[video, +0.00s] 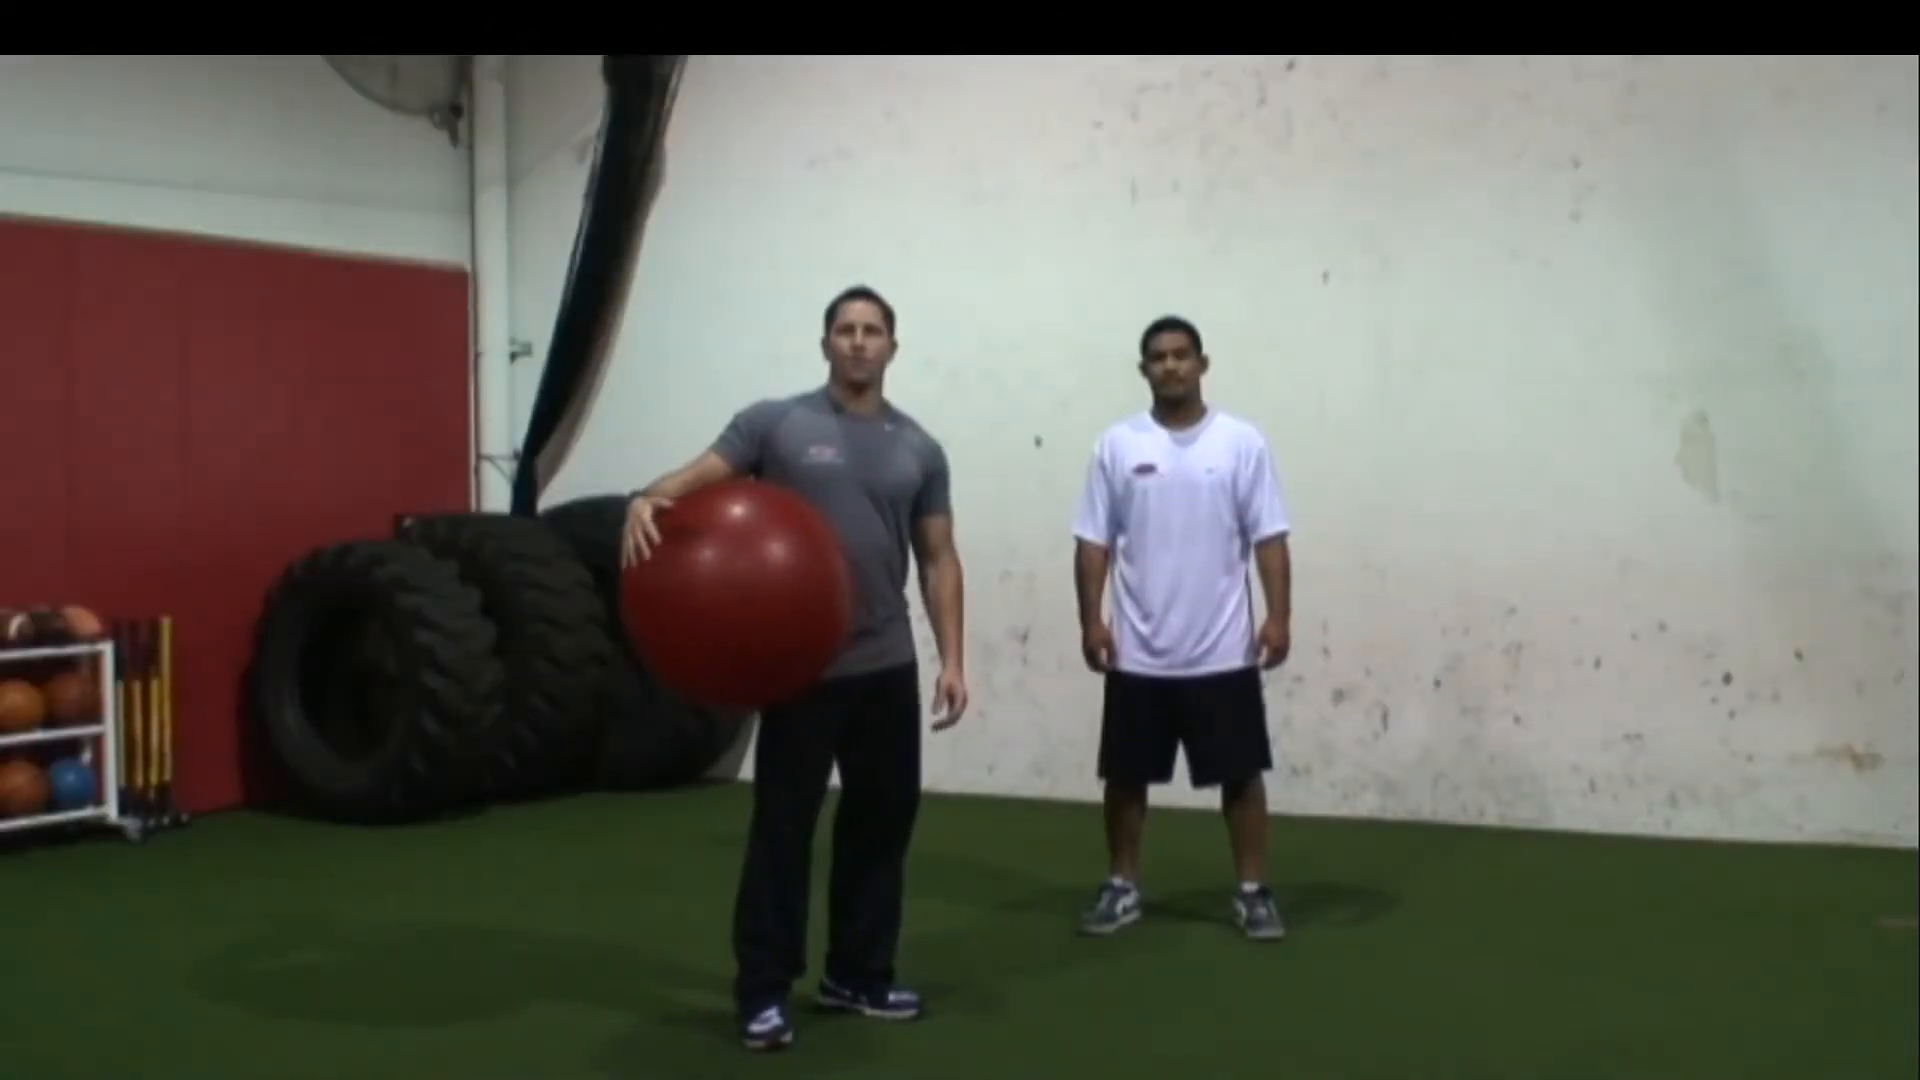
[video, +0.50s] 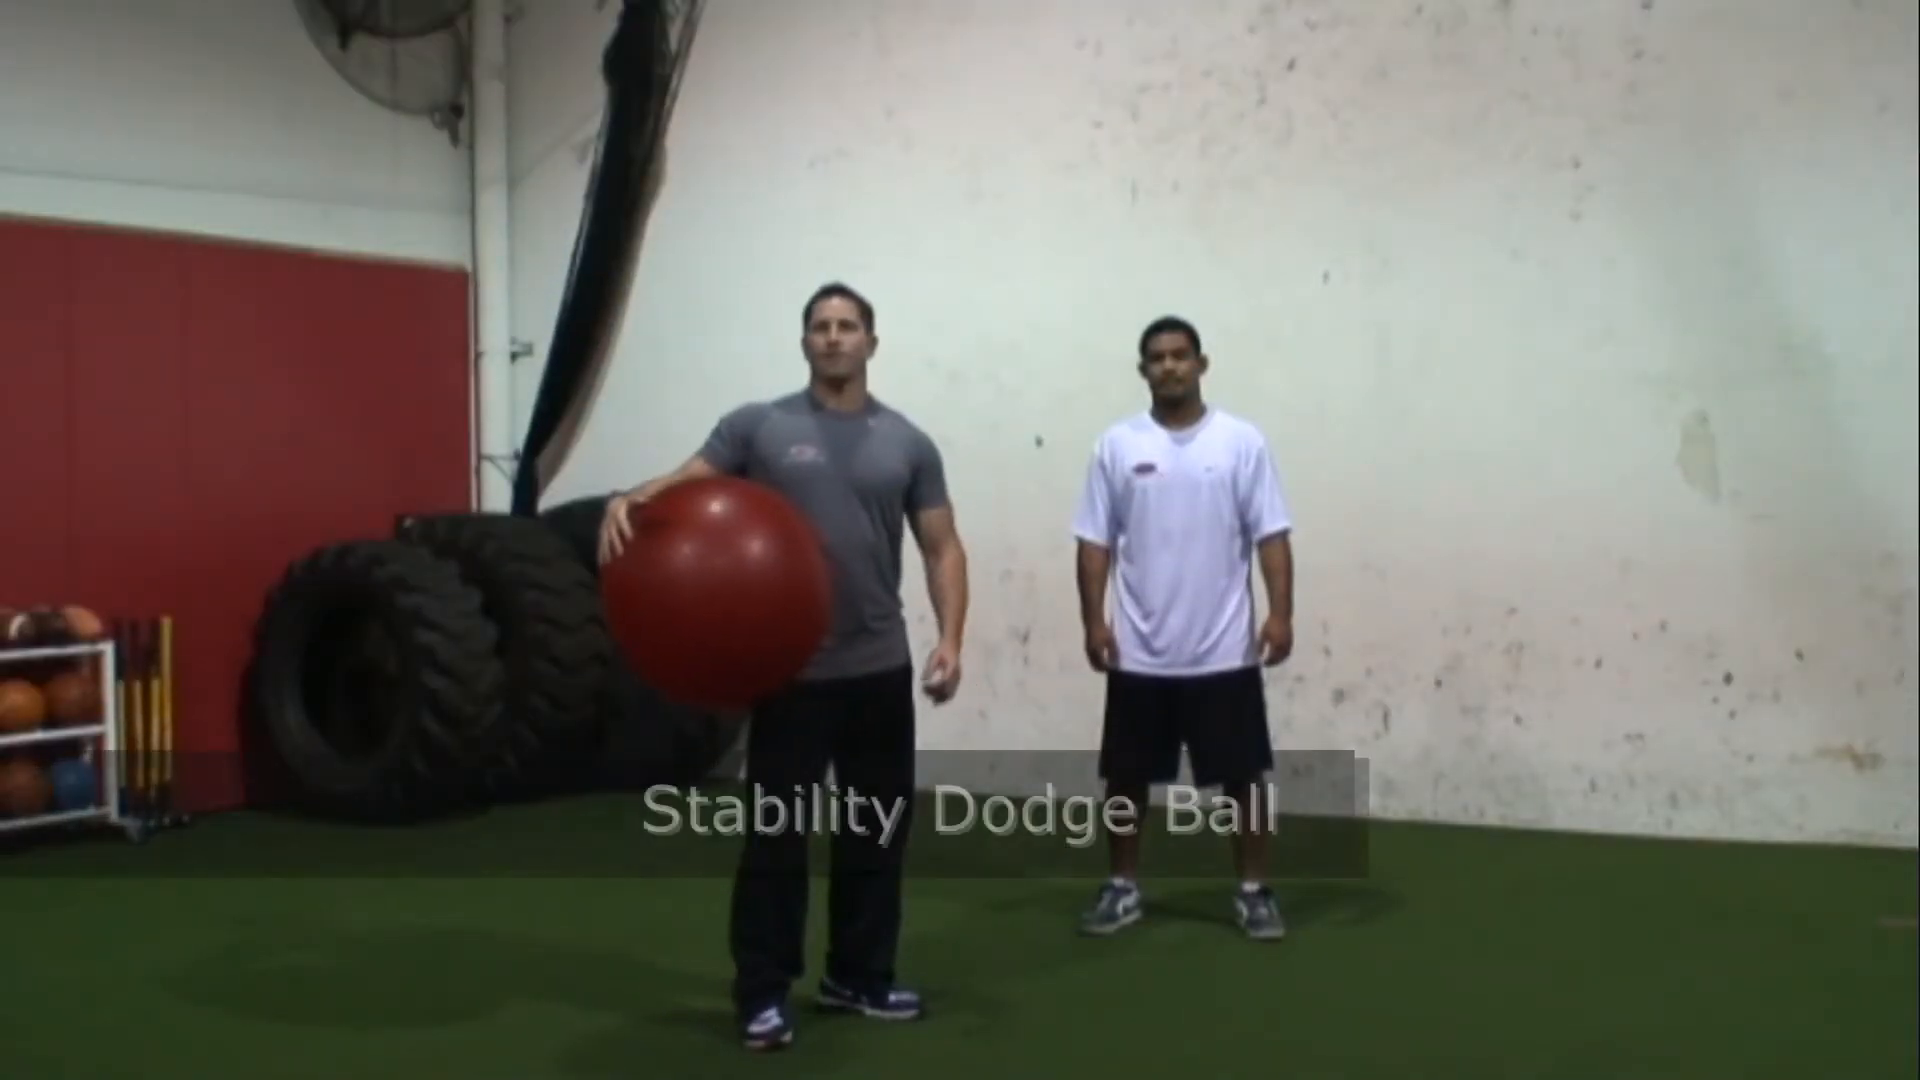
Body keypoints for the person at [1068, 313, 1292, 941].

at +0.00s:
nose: (1169, 366)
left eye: (1180, 355)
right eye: (1158, 358)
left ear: (1202, 364)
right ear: (1144, 370)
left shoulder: (1242, 443)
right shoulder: (1118, 445)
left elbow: (1269, 535)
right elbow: (1093, 537)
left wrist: (1278, 614)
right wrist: (1092, 619)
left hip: (1221, 645)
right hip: (1139, 645)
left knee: (1243, 778)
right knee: (1124, 777)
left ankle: (1252, 889)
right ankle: (1122, 884)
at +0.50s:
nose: (1169, 366)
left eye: (1179, 356)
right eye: (1157, 358)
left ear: (1201, 364)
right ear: (1143, 371)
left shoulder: (1242, 442)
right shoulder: (1118, 446)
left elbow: (1271, 533)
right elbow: (1094, 539)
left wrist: (1281, 612)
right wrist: (1094, 620)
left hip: (1223, 645)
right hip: (1141, 646)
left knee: (1245, 780)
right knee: (1124, 779)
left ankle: (1253, 888)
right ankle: (1123, 884)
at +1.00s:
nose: (1169, 366)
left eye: (1179, 356)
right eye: (1157, 358)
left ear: (1201, 365)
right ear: (1143, 371)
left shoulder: (1243, 442)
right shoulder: (1117, 447)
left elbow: (1272, 533)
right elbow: (1094, 539)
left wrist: (1281, 611)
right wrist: (1093, 620)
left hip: (1223, 646)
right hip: (1141, 648)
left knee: (1242, 778)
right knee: (1125, 778)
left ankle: (1252, 887)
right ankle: (1123, 883)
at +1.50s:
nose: (1166, 366)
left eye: (1177, 356)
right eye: (1154, 358)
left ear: (1199, 364)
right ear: (1140, 371)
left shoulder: (1240, 442)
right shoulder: (1117, 447)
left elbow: (1269, 534)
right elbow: (1094, 540)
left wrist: (1277, 614)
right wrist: (1093, 622)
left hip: (1222, 647)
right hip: (1141, 648)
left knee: (1241, 777)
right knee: (1125, 778)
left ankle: (1252, 886)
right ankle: (1123, 883)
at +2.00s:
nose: (1166, 366)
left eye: (1176, 356)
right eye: (1154, 358)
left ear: (1198, 364)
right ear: (1140, 371)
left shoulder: (1240, 442)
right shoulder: (1117, 447)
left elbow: (1269, 534)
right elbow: (1094, 541)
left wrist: (1278, 613)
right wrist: (1093, 622)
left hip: (1222, 648)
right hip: (1140, 649)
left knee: (1242, 777)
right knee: (1124, 778)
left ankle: (1253, 887)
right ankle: (1123, 884)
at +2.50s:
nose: (1166, 366)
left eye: (1177, 356)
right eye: (1155, 358)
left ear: (1199, 364)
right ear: (1141, 371)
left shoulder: (1240, 442)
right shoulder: (1117, 448)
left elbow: (1269, 534)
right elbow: (1094, 541)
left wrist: (1277, 613)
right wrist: (1093, 622)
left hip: (1222, 648)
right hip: (1140, 649)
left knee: (1242, 778)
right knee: (1124, 778)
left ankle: (1253, 887)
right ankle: (1123, 884)